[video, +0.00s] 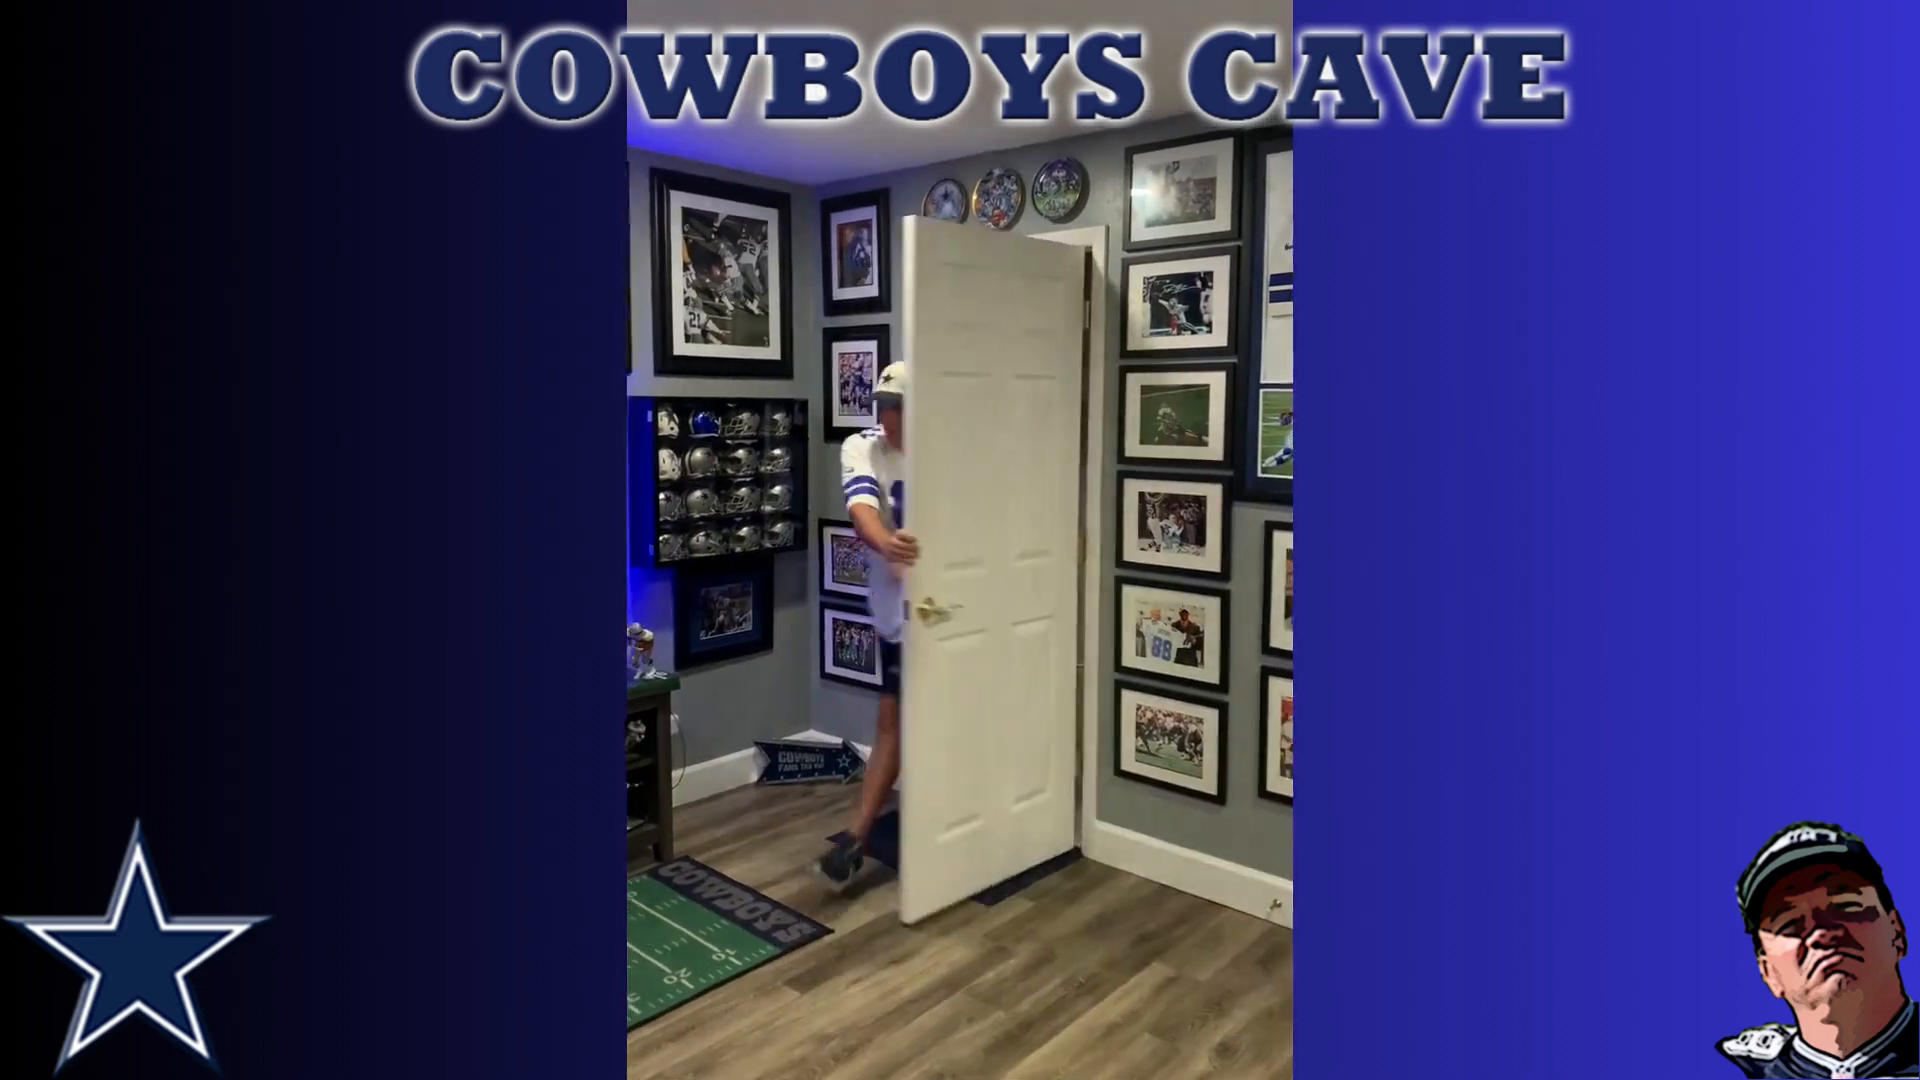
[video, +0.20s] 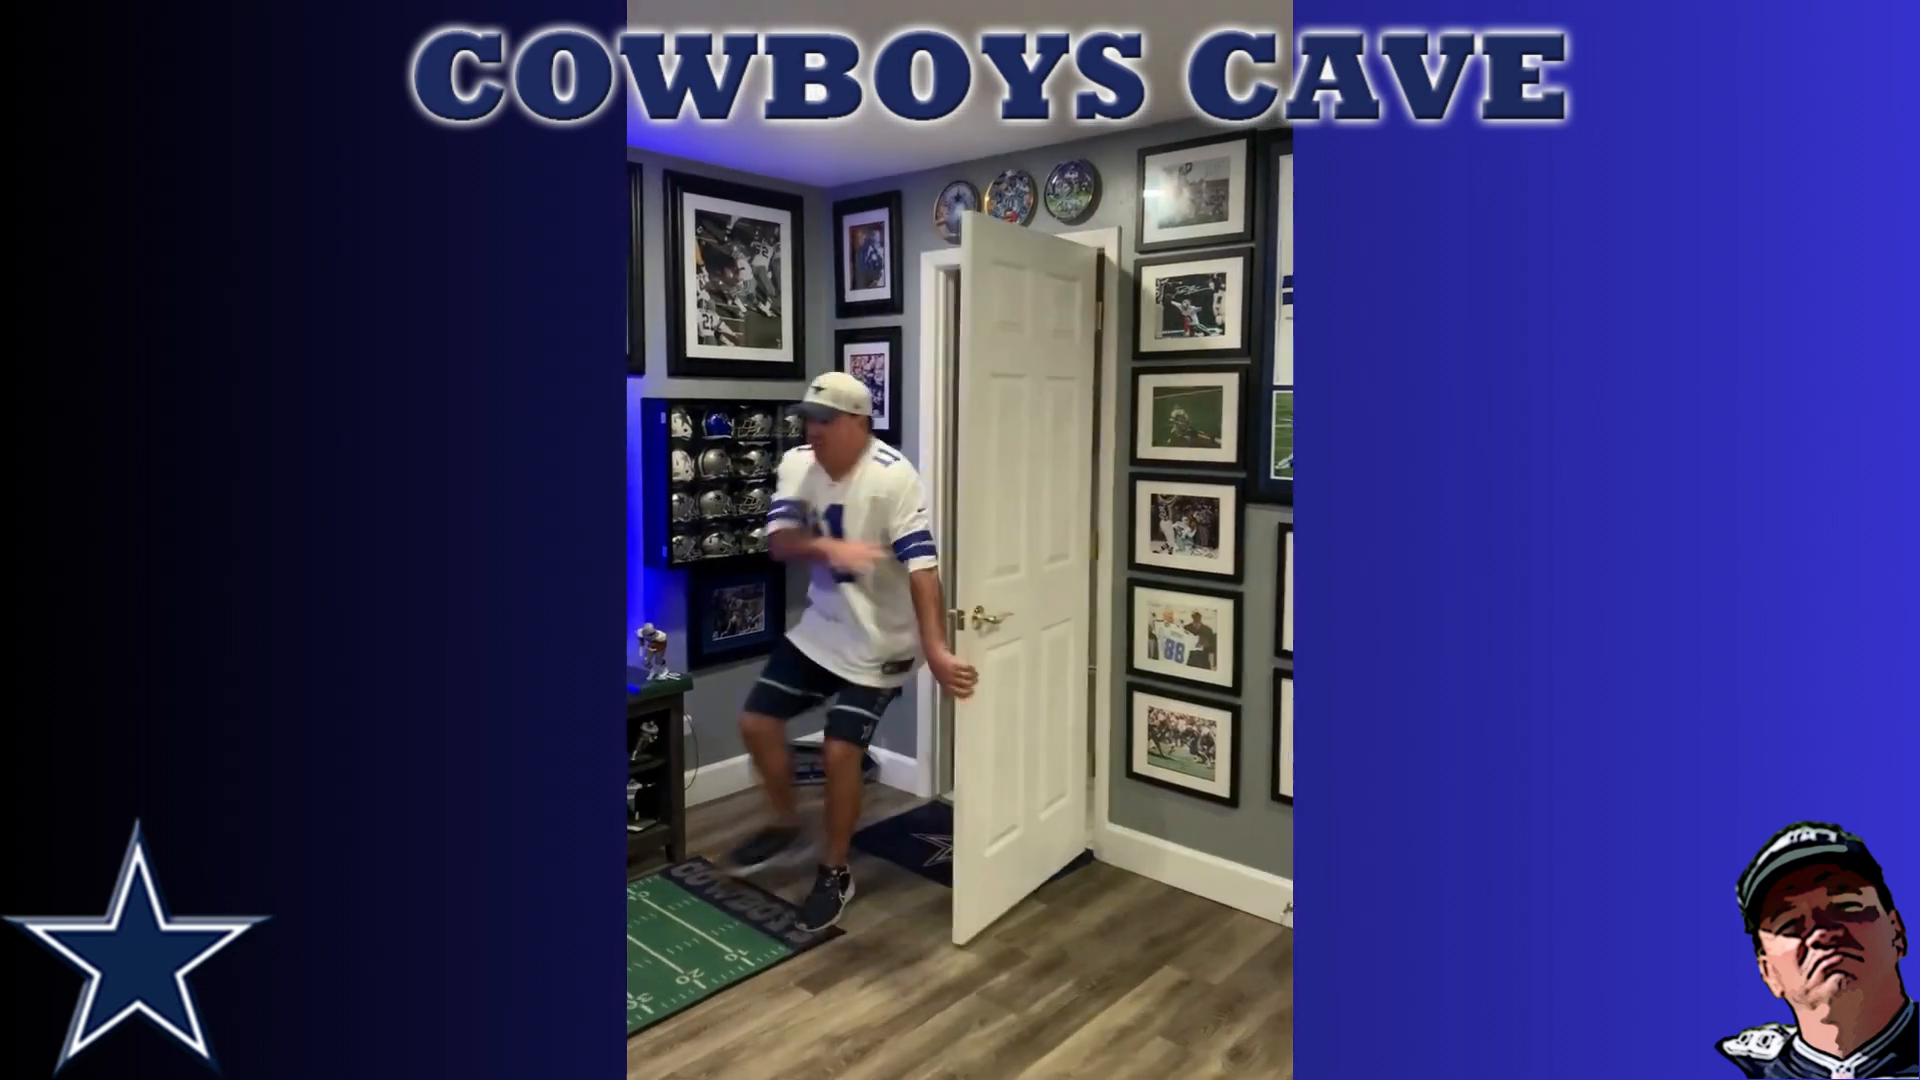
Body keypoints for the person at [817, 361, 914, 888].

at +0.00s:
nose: (888, 417)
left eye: (898, 406)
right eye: (882, 406)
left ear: (920, 409)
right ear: (874, 409)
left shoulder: (937, 448)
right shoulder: (862, 446)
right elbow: (861, 502)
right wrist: (883, 540)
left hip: (933, 610)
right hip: (892, 611)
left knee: (892, 721)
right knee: (890, 722)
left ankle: (856, 835)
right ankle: (860, 833)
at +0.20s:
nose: (811, 433)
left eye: (822, 422)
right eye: (809, 422)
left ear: (858, 424)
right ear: (810, 424)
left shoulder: (897, 479)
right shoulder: (800, 464)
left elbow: (923, 569)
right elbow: (779, 540)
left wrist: (935, 650)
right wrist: (827, 547)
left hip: (880, 645)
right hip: (821, 628)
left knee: (840, 750)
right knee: (758, 719)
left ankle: (835, 873)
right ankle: (784, 823)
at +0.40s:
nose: (741, 441)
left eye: (753, 430)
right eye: (736, 429)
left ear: (790, 426)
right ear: (734, 429)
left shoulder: (842, 468)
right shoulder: (733, 490)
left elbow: (893, 545)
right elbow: (739, 579)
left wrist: (839, 614)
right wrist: (739, 662)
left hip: (846, 653)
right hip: (775, 649)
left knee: (810, 769)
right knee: (715, 761)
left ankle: (817, 866)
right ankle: (697, 897)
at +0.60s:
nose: (672, 491)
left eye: (685, 479)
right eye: (667, 478)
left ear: (727, 474)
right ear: (666, 478)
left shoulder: (787, 527)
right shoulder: (683, 531)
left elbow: (860, 612)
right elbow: (665, 591)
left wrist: (833, 700)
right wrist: (615, 586)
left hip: (831, 683)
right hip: (755, 679)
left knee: (836, 795)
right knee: (689, 777)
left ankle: (865, 958)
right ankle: (697, 904)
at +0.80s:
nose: (730, 468)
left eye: (745, 453)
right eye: (723, 455)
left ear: (783, 459)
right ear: (716, 462)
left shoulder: (820, 513)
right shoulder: (710, 528)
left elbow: (860, 576)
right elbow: (692, 604)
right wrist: (663, 650)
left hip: (837, 708)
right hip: (746, 705)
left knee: (845, 840)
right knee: (664, 815)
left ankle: (897, 1007)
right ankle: (680, 912)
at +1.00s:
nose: (807, 326)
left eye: (821, 314)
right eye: (796, 311)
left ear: (847, 317)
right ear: (773, 314)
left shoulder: (892, 379)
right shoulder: (730, 397)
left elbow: (998, 434)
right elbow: (691, 511)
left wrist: (979, 396)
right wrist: (701, 604)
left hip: (860, 619)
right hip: (767, 622)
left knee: (858, 806)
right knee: (744, 759)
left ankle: (855, 983)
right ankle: (764, 857)